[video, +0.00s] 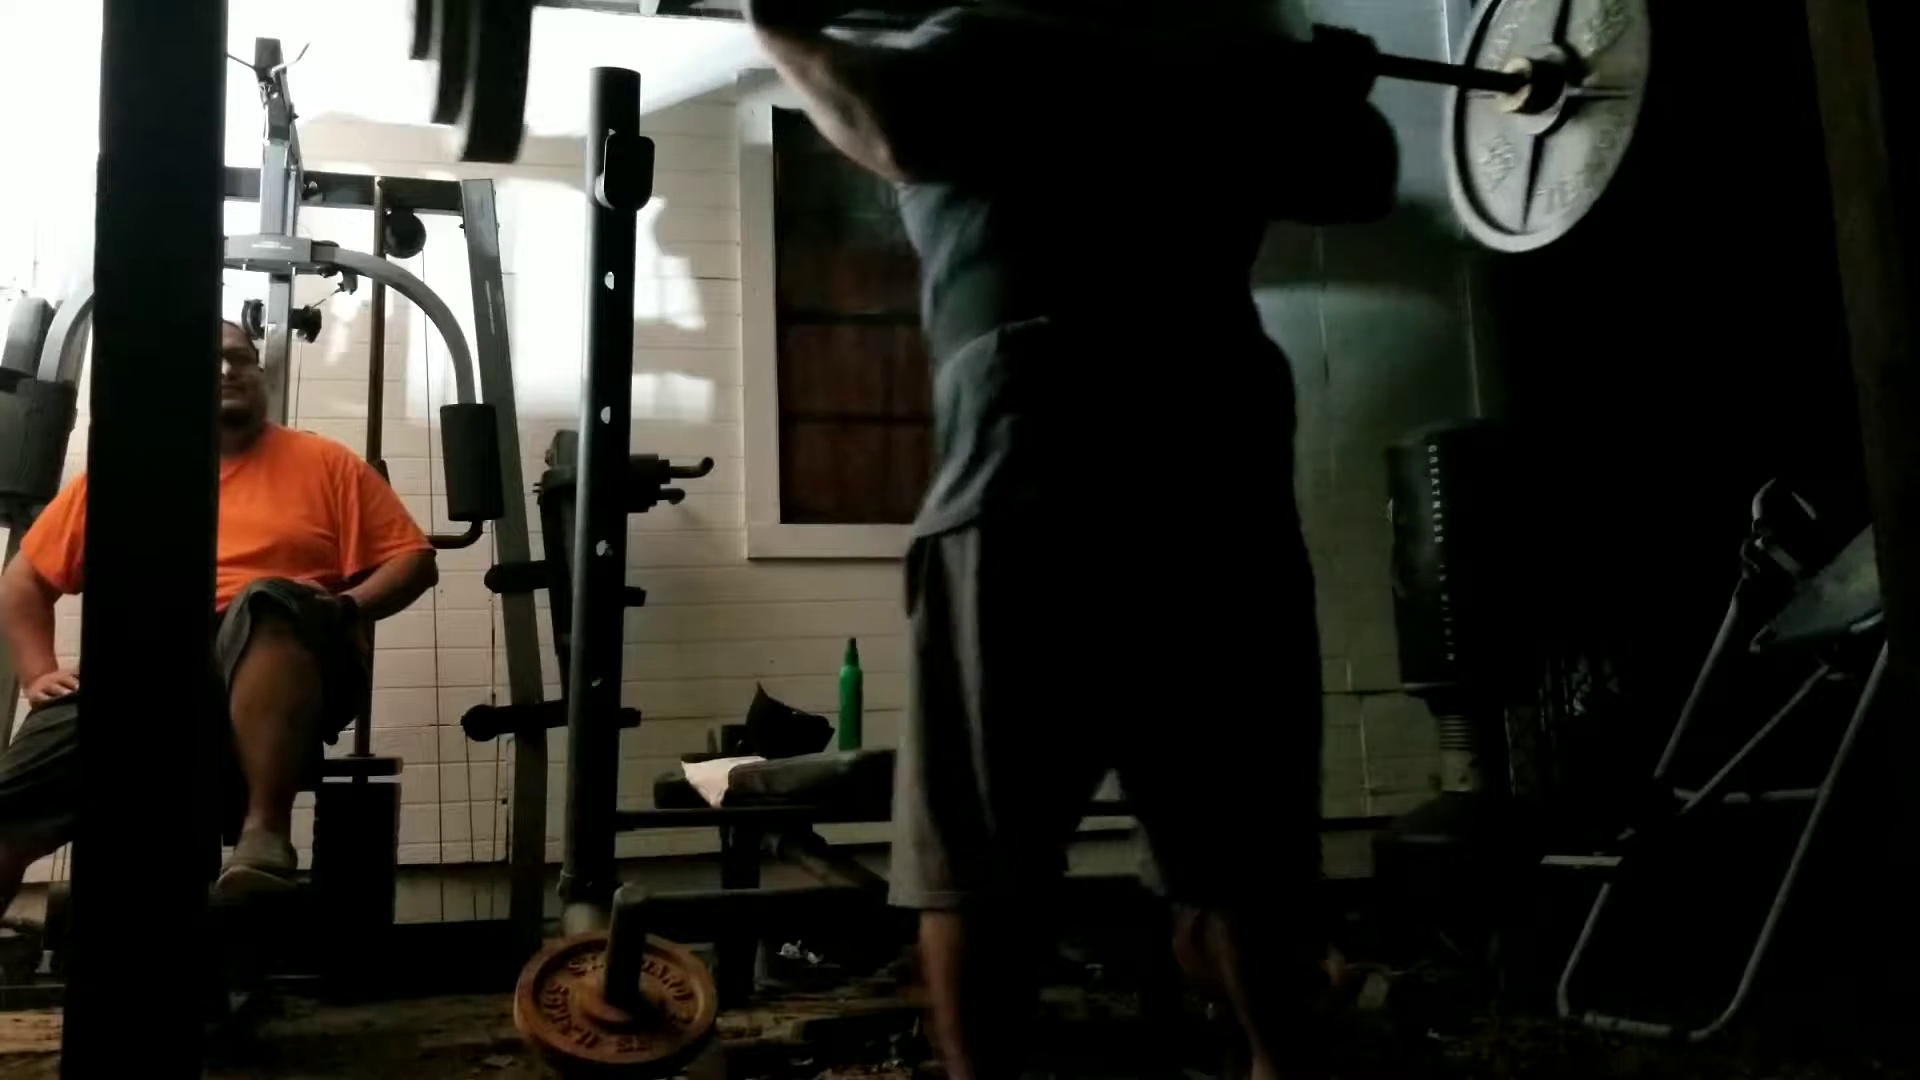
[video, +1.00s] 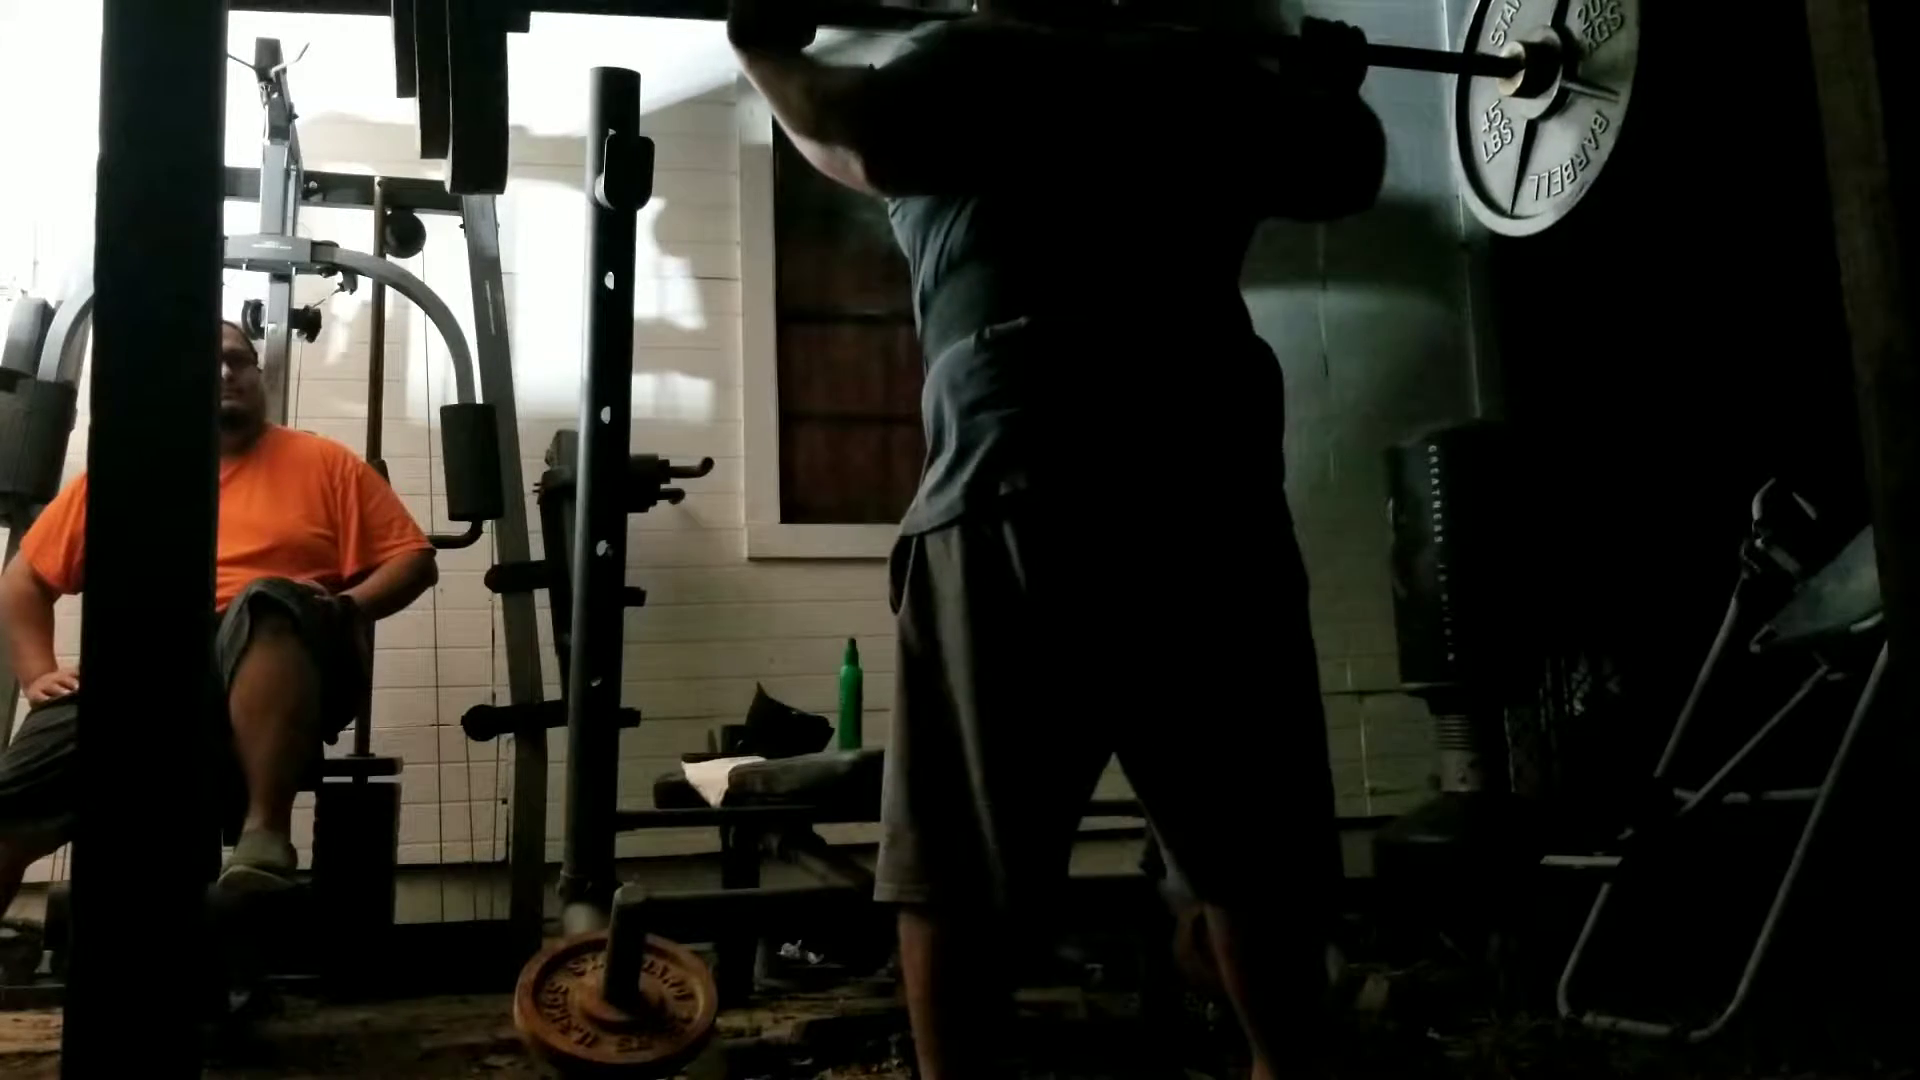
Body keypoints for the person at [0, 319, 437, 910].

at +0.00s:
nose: (228, 370)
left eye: (240, 358)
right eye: (212, 359)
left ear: (263, 374)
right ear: (186, 376)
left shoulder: (325, 464)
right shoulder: (133, 466)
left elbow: (415, 559)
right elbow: (25, 575)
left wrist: (349, 603)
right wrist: (37, 671)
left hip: (290, 670)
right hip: (147, 668)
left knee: (274, 605)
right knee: (11, 809)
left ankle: (265, 829)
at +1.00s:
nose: (226, 373)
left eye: (238, 361)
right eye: (209, 362)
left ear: (263, 377)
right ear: (185, 379)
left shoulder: (323, 463)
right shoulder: (130, 467)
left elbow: (413, 558)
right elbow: (24, 576)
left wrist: (349, 604)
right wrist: (37, 671)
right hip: (144, 664)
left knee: (271, 605)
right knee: (12, 805)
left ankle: (266, 829)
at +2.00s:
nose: (227, 375)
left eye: (239, 362)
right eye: (210, 362)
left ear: (263, 378)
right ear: (185, 379)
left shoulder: (324, 464)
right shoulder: (132, 467)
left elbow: (414, 558)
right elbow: (24, 576)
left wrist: (347, 604)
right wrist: (36, 672)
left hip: (284, 668)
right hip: (143, 665)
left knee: (273, 604)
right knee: (13, 804)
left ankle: (266, 830)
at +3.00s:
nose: (226, 376)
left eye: (238, 362)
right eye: (209, 364)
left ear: (263, 376)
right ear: (184, 380)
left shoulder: (324, 465)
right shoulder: (132, 468)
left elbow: (415, 560)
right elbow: (24, 576)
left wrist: (347, 604)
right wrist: (36, 672)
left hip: (286, 669)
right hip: (145, 667)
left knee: (273, 605)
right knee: (9, 809)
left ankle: (265, 829)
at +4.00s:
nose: (227, 376)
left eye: (239, 363)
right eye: (210, 365)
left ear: (263, 378)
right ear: (184, 381)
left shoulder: (324, 464)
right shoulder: (131, 467)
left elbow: (414, 560)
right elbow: (23, 576)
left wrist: (346, 605)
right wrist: (37, 672)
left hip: (284, 666)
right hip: (142, 664)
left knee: (273, 604)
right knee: (11, 811)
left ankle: (265, 830)